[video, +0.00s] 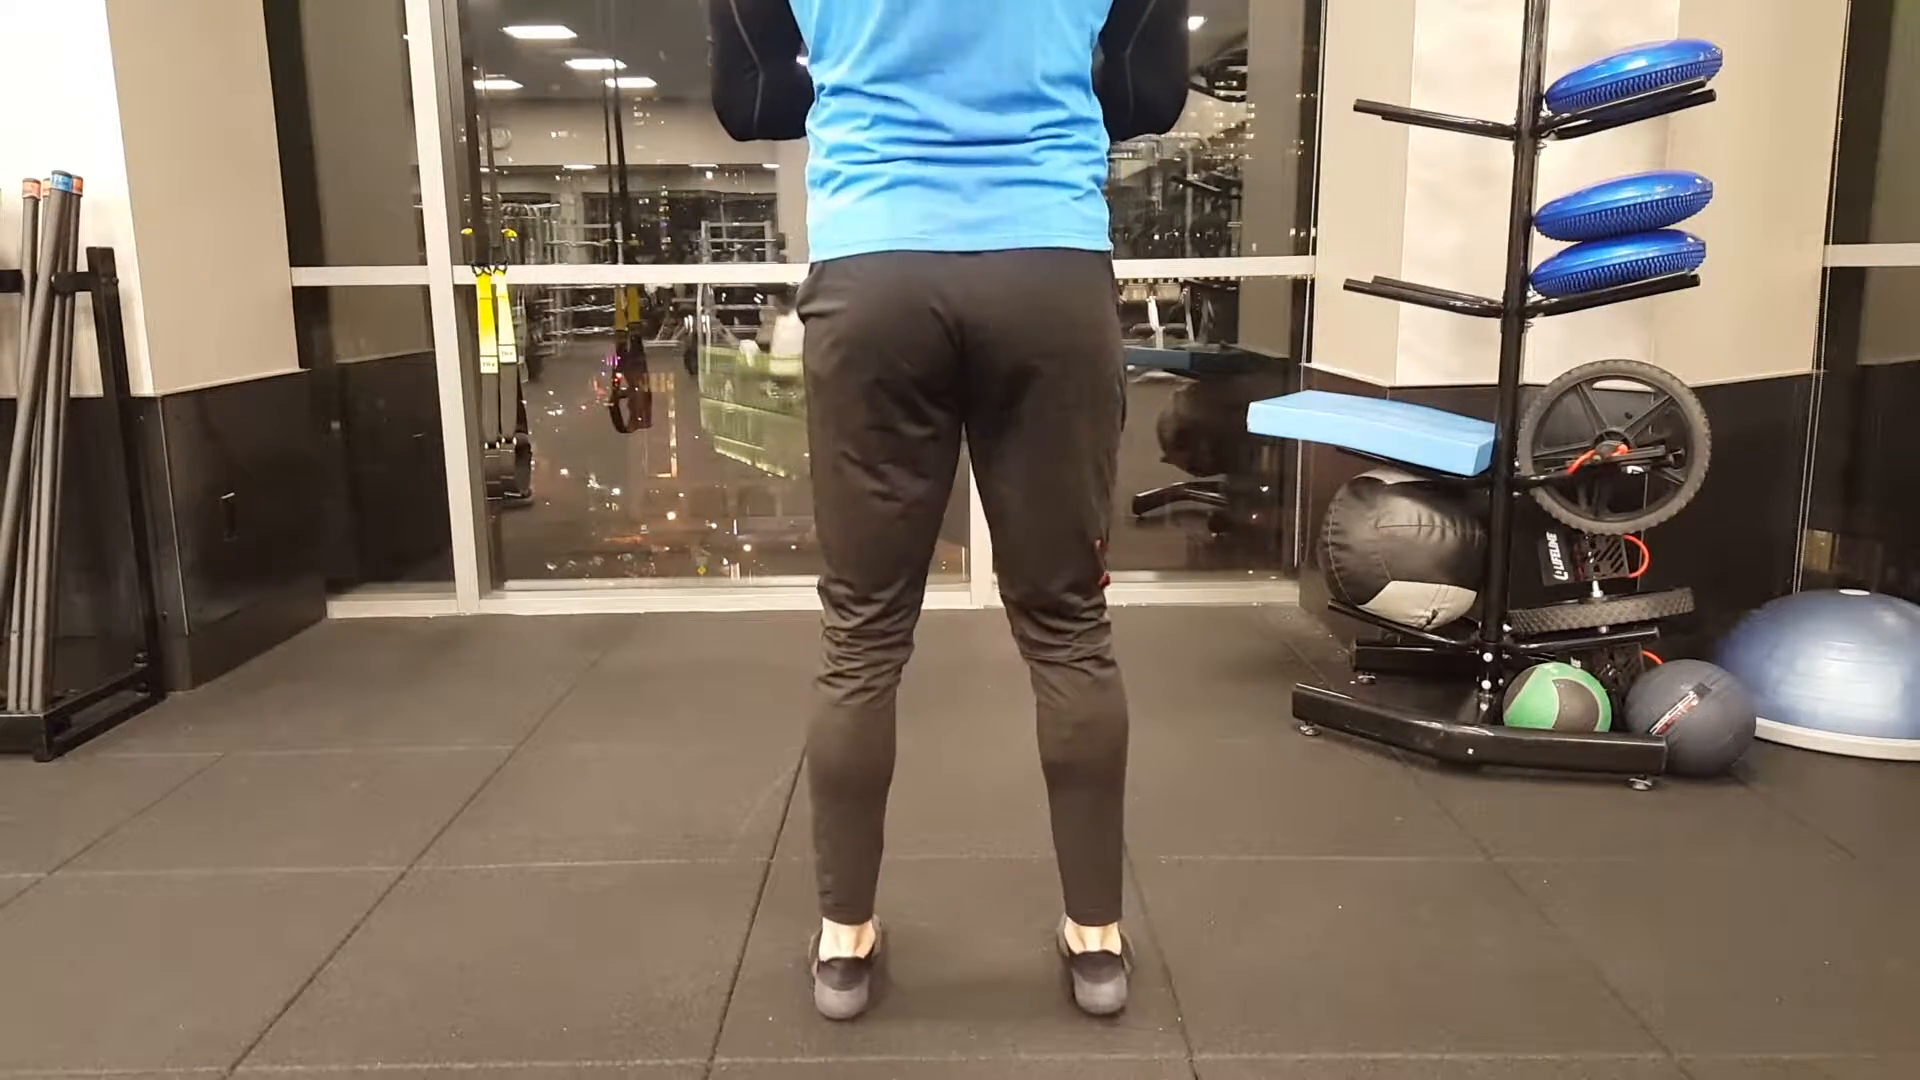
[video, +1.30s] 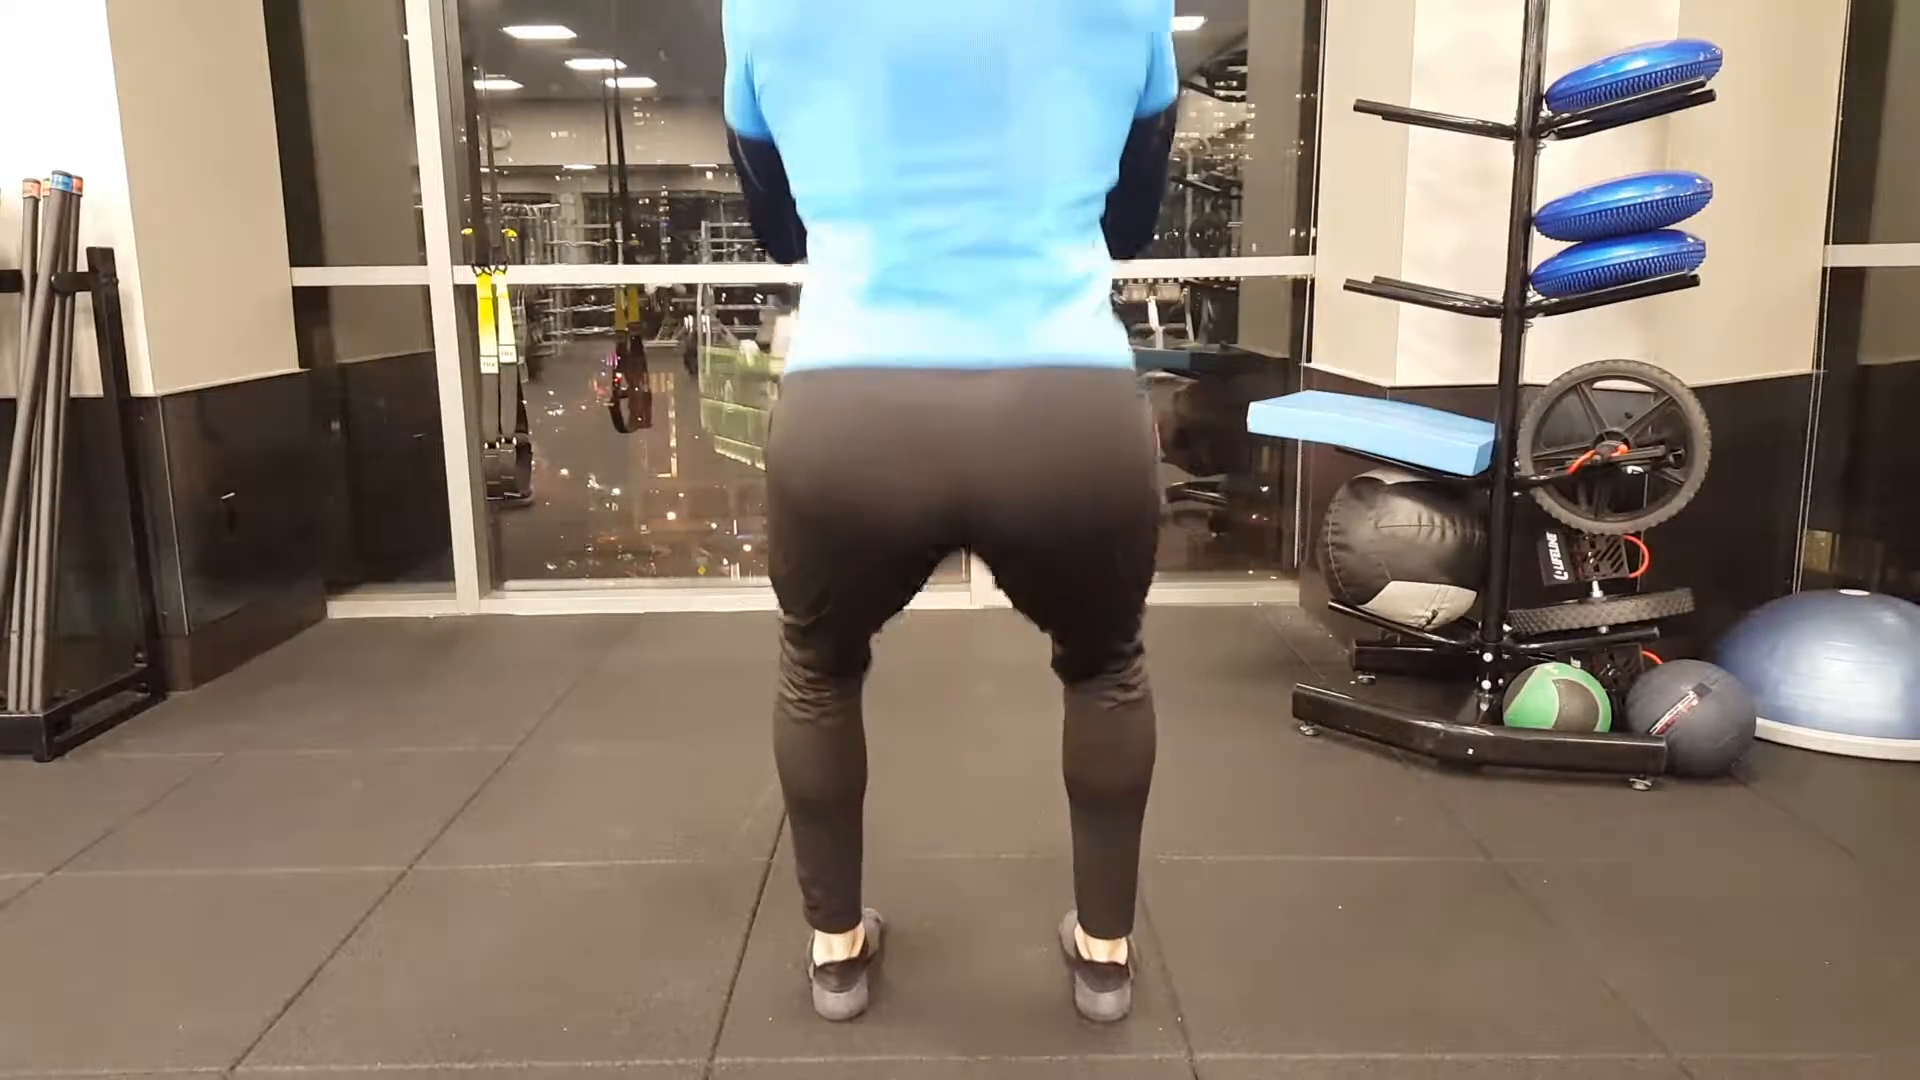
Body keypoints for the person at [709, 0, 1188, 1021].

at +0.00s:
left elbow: (751, 104)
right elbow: (1149, 97)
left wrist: (878, 86)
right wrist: (1021, 100)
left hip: (871, 266)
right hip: (1052, 267)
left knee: (861, 631)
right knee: (1066, 619)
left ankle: (845, 947)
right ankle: (1096, 945)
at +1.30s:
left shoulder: (764, 9)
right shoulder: (1129, 9)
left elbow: (783, 229)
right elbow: (1128, 225)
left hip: (847, 410)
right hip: (1070, 409)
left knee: (820, 665)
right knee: (1104, 663)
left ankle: (836, 953)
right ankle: (1106, 955)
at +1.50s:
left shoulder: (775, 83)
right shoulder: (1128, 68)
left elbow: (780, 289)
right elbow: (1118, 286)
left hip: (843, 560)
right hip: (1076, 560)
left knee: (798, 671)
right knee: (1122, 666)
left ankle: (835, 951)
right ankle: (1106, 953)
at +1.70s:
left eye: (909, 79)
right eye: (1010, 78)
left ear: (885, 87)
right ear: (1025, 85)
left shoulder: (784, 220)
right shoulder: (1127, 207)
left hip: (850, 724)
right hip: (1062, 726)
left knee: (774, 612)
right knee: (1148, 613)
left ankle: (833, 947)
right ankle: (1107, 951)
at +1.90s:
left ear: (893, 234)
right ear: (1026, 234)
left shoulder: (800, 375)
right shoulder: (1113, 366)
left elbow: (827, 330)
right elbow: (1107, 316)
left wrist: (867, 230)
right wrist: (1055, 213)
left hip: (867, 885)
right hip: (1055, 884)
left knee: (777, 611)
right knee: (1144, 607)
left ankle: (833, 939)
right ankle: (1109, 938)